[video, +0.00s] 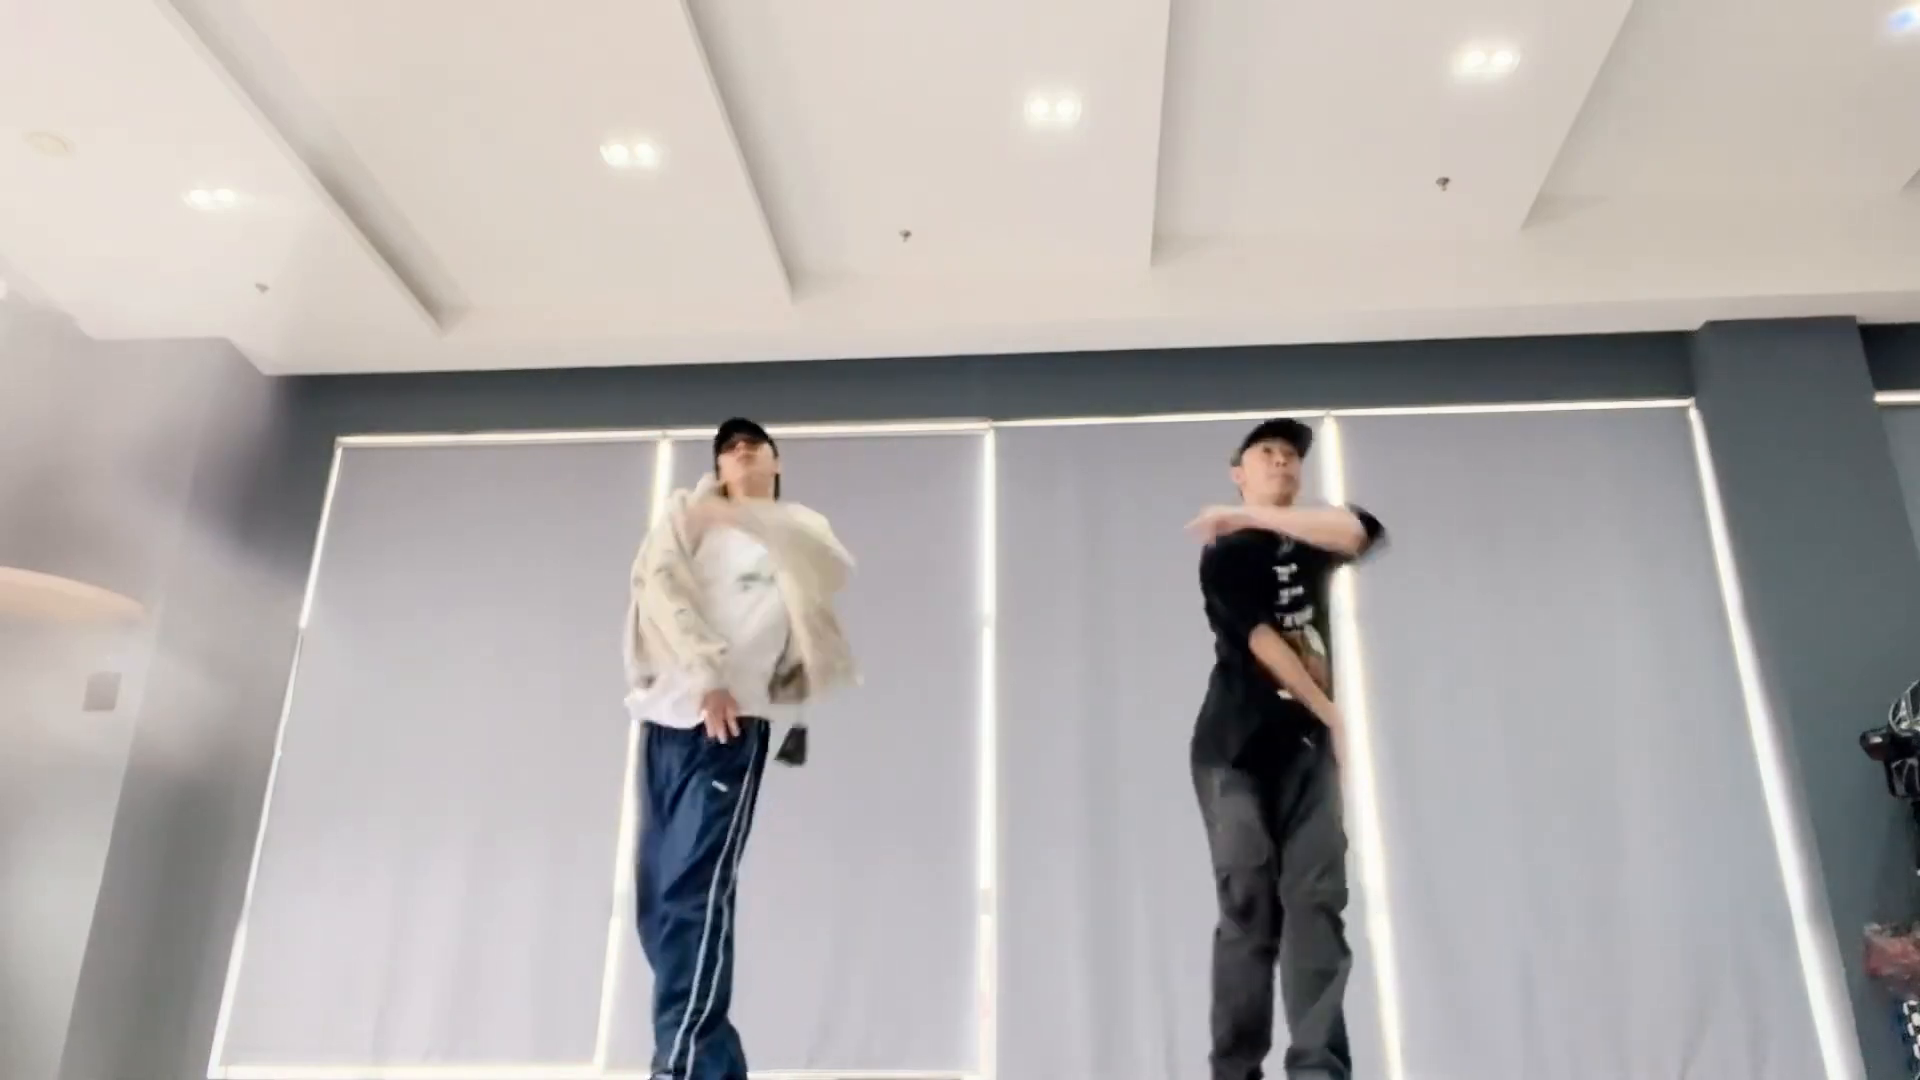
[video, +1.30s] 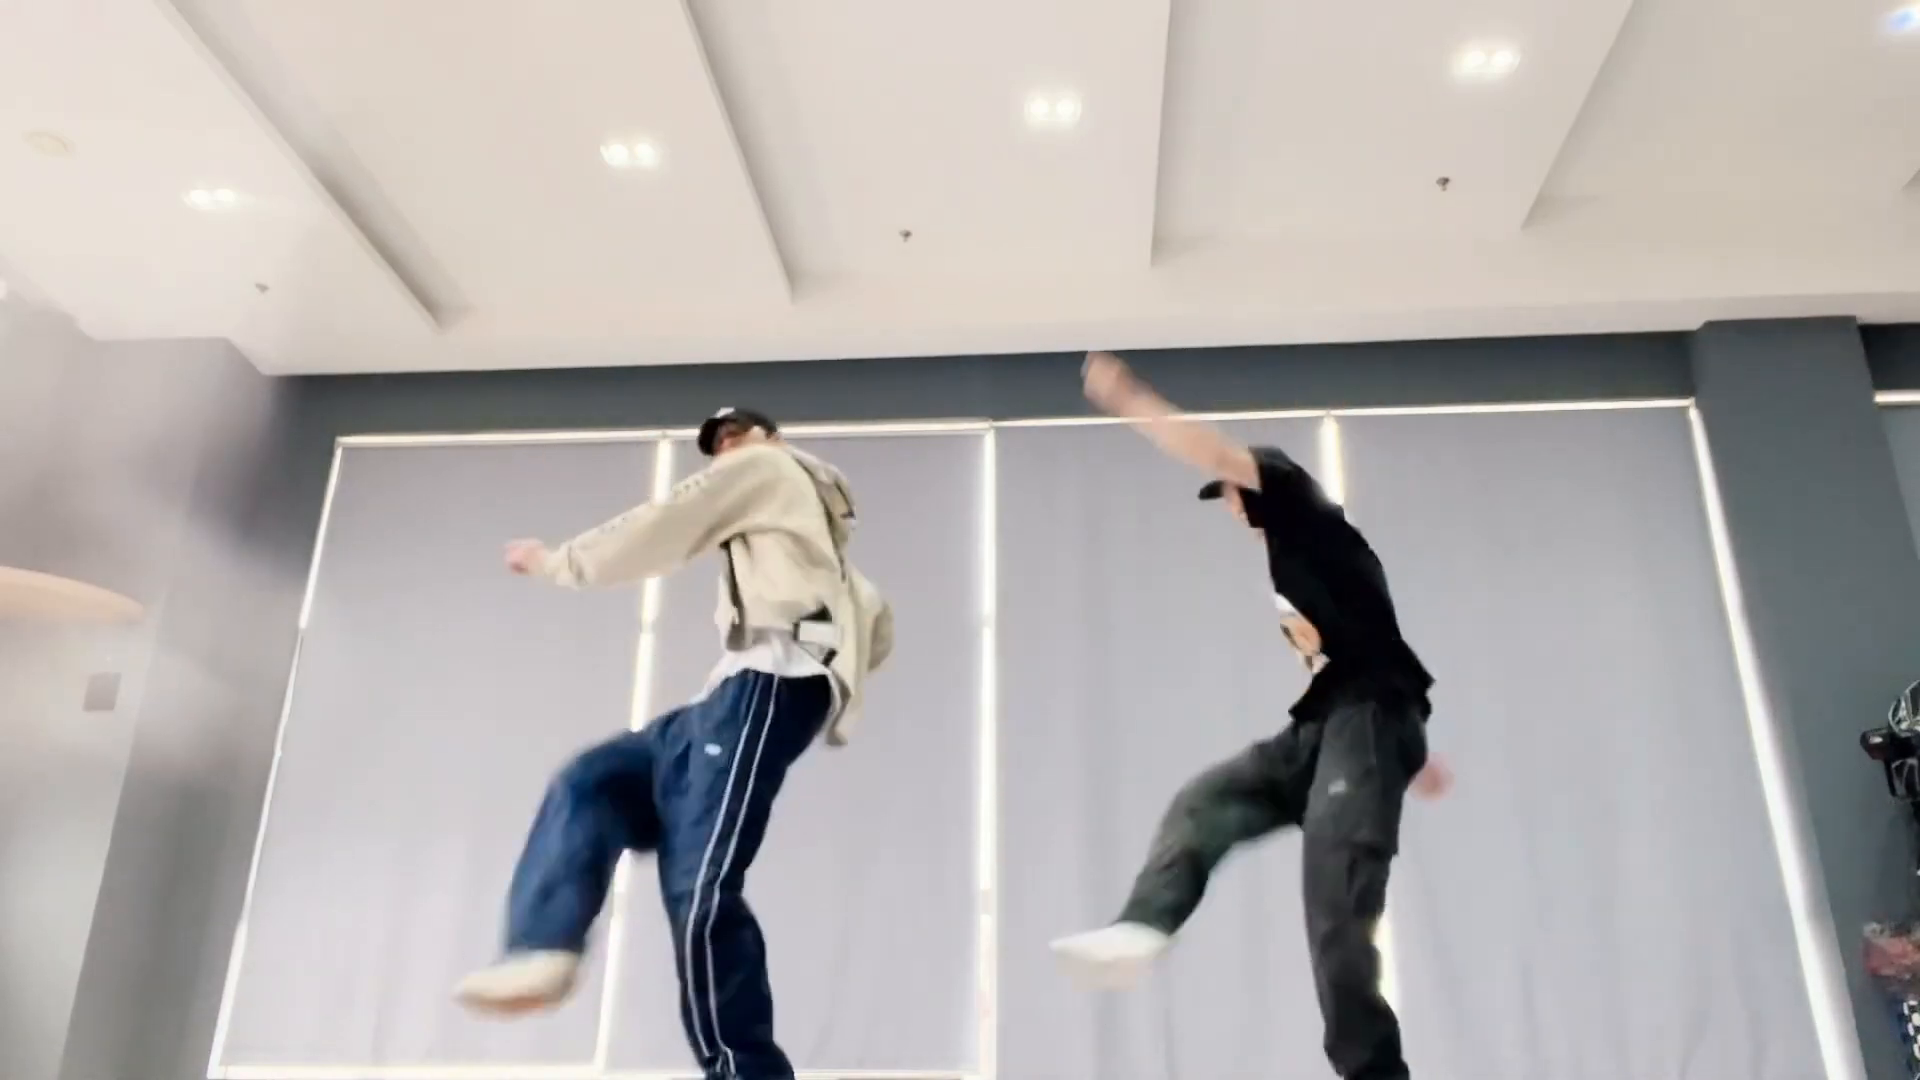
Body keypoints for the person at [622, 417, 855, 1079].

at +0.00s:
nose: (745, 458)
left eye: (757, 449)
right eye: (732, 451)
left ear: (776, 467)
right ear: (716, 470)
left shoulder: (798, 530)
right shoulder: (684, 517)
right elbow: (658, 594)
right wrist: (706, 679)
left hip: (736, 726)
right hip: (665, 723)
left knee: (693, 891)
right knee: (659, 892)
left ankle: (681, 1062)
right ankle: (710, 1059)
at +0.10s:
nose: (755, 458)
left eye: (764, 449)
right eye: (740, 455)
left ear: (783, 465)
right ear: (721, 476)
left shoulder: (805, 518)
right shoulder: (676, 521)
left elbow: (716, 504)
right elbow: (655, 615)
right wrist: (696, 680)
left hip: (737, 726)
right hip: (662, 723)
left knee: (708, 898)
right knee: (661, 900)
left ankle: (689, 1067)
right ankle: (711, 1061)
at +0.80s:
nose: (692, 503)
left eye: (703, 489)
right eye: (681, 499)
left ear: (734, 495)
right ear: (673, 516)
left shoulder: (760, 541)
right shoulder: (682, 599)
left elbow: (801, 529)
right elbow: (649, 678)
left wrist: (687, 530)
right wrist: (696, 714)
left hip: (763, 746)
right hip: (722, 756)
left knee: (638, 859)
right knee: (635, 879)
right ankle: (674, 1057)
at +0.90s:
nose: (681, 515)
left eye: (692, 501)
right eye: (669, 512)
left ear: (723, 507)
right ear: (666, 535)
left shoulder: (766, 570)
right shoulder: (688, 598)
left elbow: (869, 572)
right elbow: (674, 682)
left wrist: (773, 549)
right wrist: (679, 730)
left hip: (756, 768)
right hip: (717, 776)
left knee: (636, 926)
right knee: (632, 936)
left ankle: (756, 1047)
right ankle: (696, 1070)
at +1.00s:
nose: (698, 508)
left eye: (705, 491)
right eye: (686, 502)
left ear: (735, 486)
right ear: (683, 514)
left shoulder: (787, 545)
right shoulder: (712, 574)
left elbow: (836, 519)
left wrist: (731, 521)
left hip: (764, 752)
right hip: (723, 756)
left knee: (640, 912)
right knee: (623, 919)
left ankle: (746, 1064)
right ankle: (692, 1072)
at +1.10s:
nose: (718, 482)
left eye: (726, 467)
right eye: (707, 480)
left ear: (756, 464)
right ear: (706, 490)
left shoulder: (792, 499)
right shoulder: (741, 543)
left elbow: (711, 503)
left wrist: (599, 490)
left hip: (774, 719)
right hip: (728, 722)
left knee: (655, 903)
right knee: (596, 876)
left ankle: (744, 1070)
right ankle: (649, 1046)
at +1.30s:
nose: (720, 454)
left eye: (730, 439)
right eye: (715, 448)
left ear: (762, 434)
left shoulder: (767, 462)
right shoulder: (805, 514)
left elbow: (672, 520)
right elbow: (872, 611)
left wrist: (558, 561)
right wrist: (834, 690)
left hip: (767, 684)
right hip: (735, 696)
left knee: (702, 889)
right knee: (591, 782)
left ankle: (745, 1067)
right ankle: (542, 951)